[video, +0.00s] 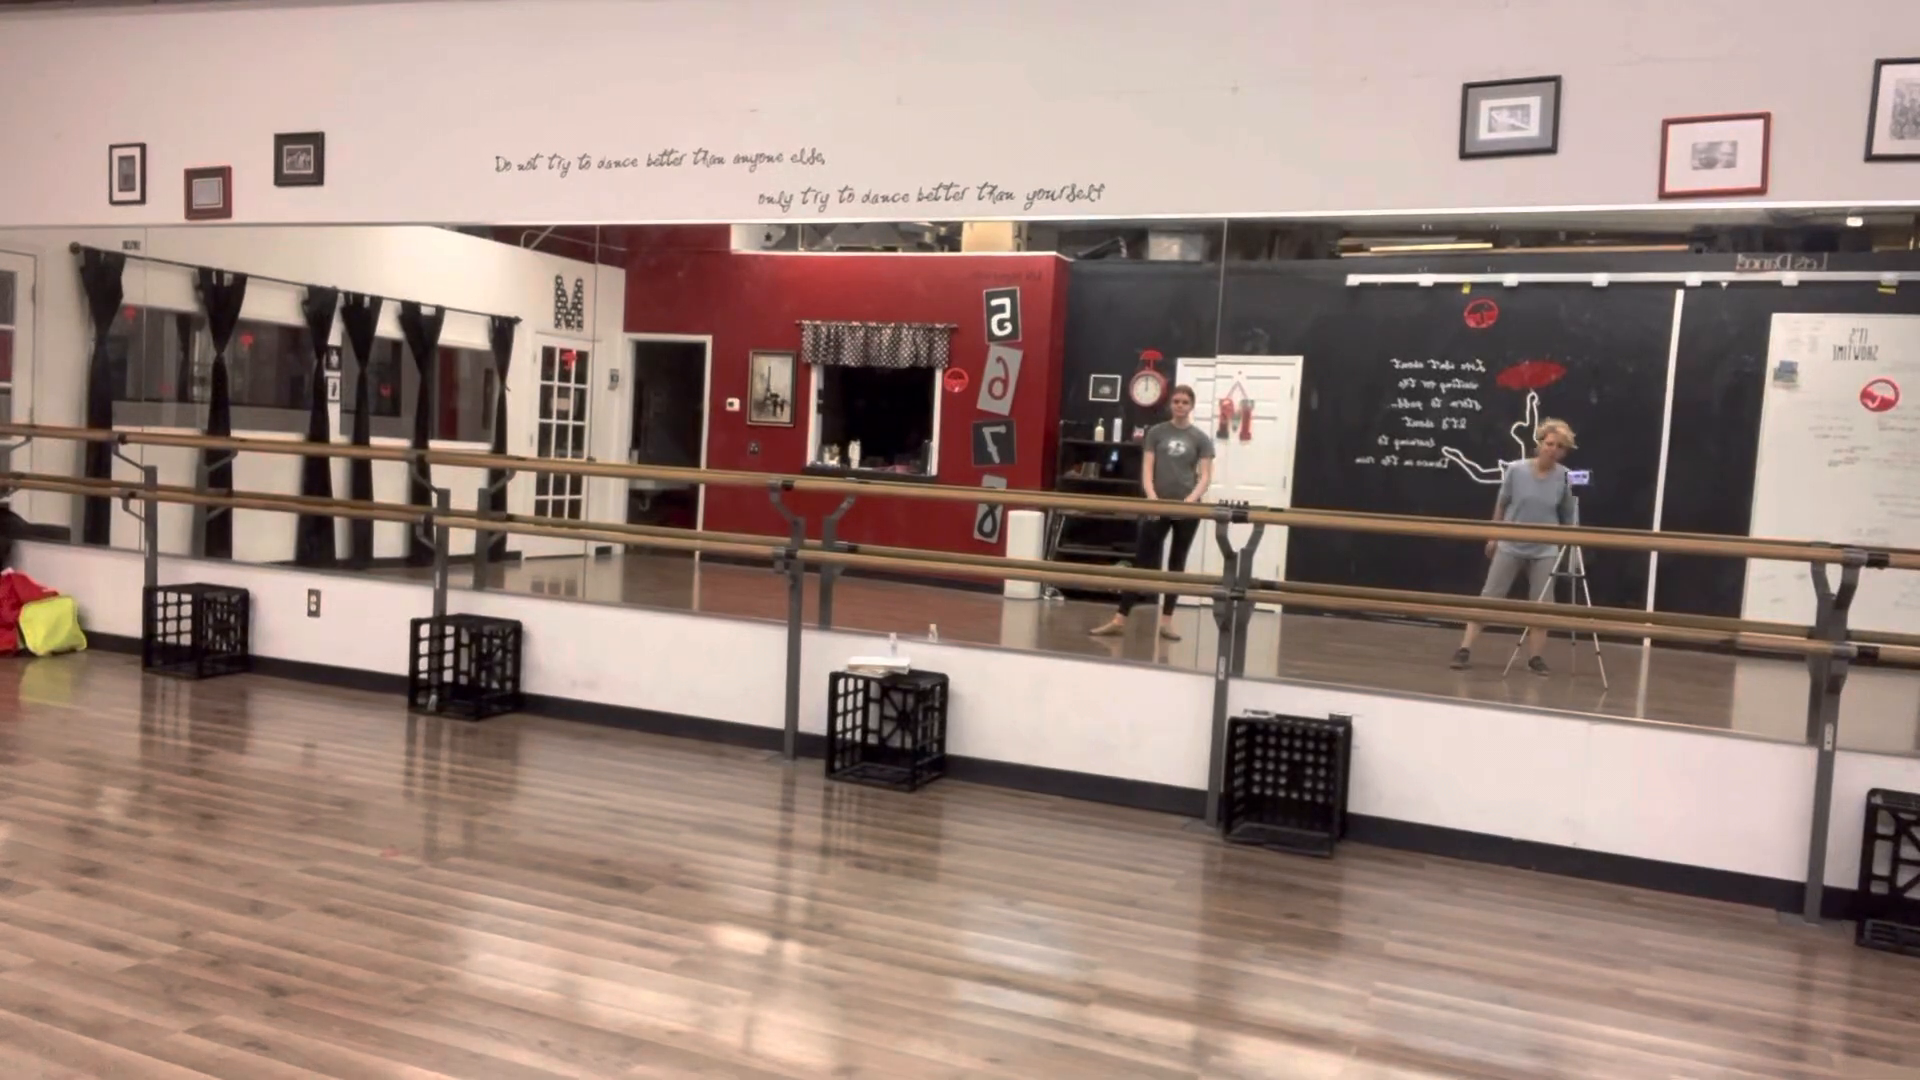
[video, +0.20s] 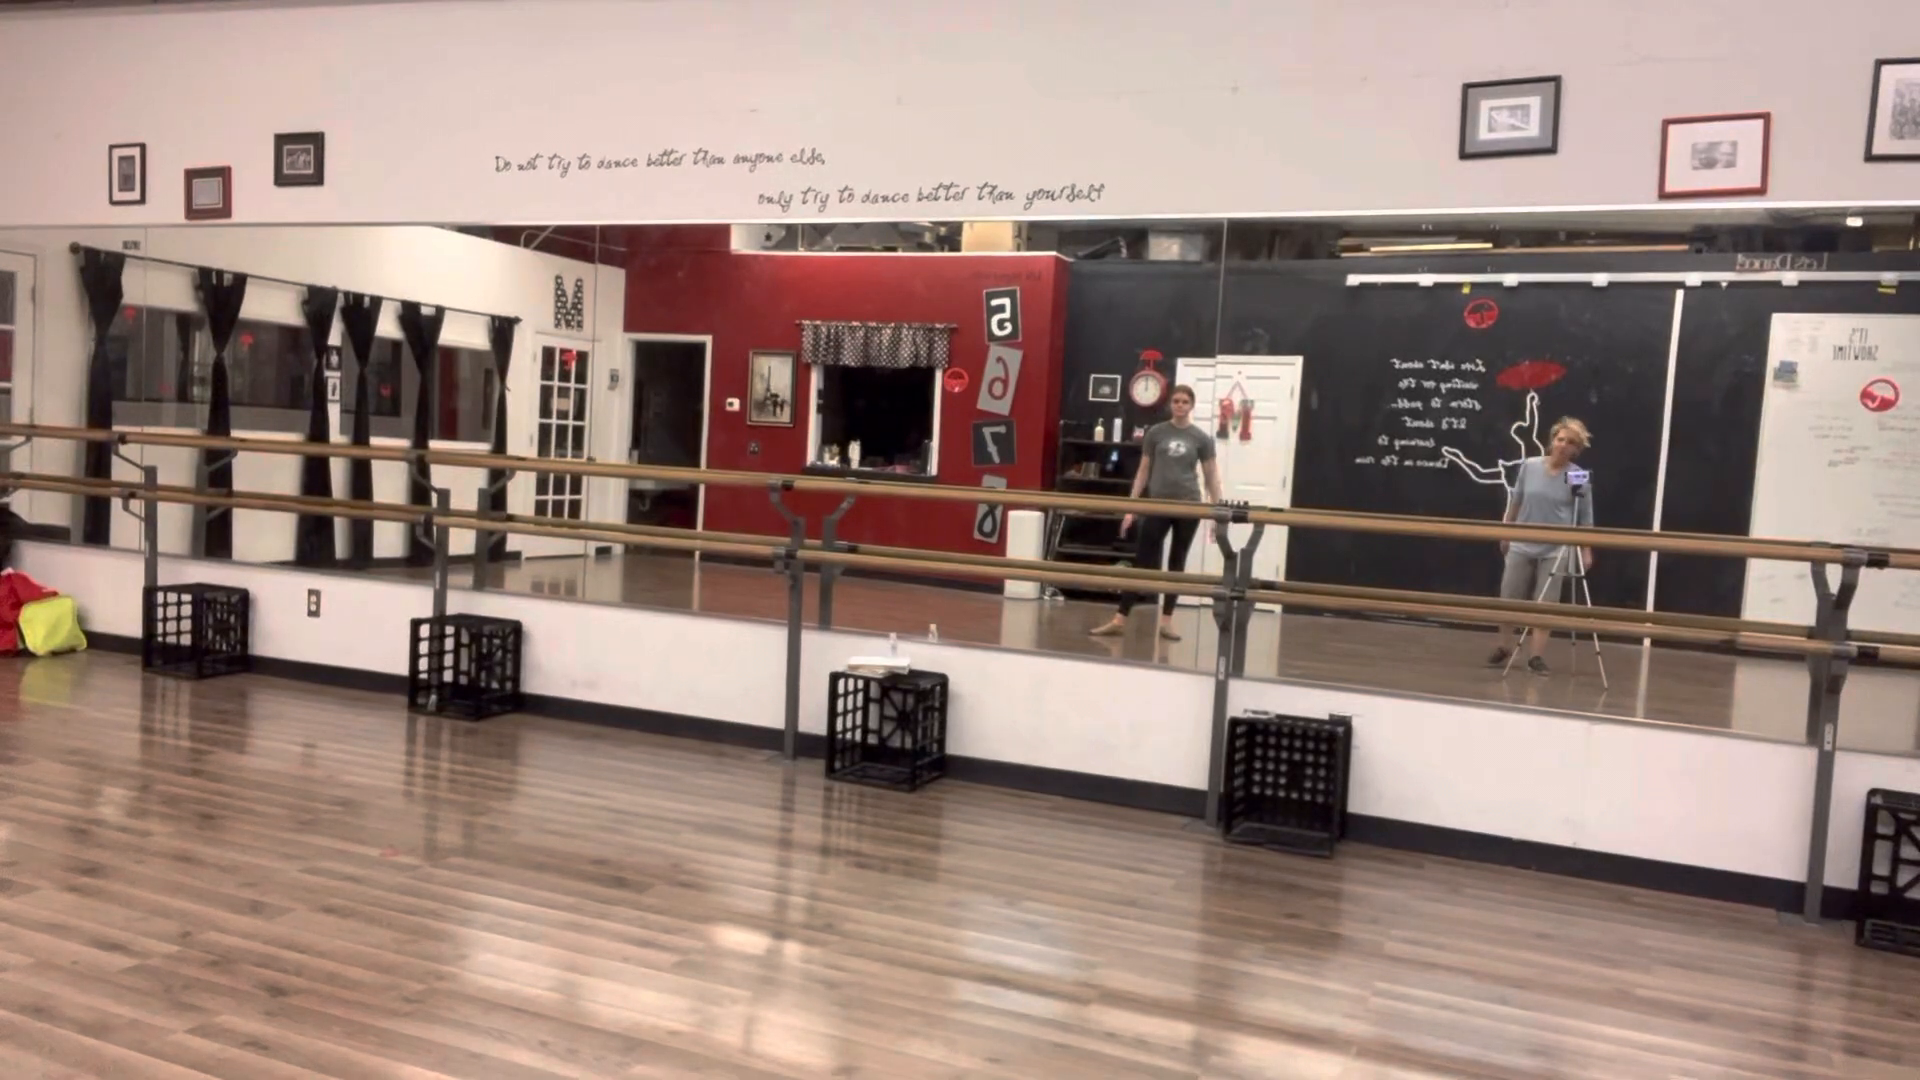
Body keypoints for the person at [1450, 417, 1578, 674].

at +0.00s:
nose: (1553, 451)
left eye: (1560, 447)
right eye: (1550, 444)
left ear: (1565, 452)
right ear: (1539, 444)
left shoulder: (1563, 477)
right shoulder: (1516, 469)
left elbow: (1569, 512)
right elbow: (1501, 502)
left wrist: (1572, 543)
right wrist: (1494, 534)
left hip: (1546, 548)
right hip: (1511, 543)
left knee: (1542, 604)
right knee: (1489, 596)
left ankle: (1536, 655)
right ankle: (1465, 648)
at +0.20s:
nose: (1564, 446)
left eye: (1571, 443)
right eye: (1561, 439)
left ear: (1578, 450)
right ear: (1552, 441)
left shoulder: (1579, 477)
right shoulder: (1528, 466)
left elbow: (1585, 517)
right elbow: (1514, 500)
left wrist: (1585, 547)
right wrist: (1506, 530)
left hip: (1557, 549)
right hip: (1522, 543)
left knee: (1546, 603)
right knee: (1508, 597)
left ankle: (1536, 654)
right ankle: (1504, 646)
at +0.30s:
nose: (1563, 442)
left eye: (1570, 439)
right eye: (1561, 436)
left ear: (1579, 448)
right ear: (1554, 439)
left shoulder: (1581, 476)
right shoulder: (1534, 465)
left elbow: (1588, 516)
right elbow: (1519, 502)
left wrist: (1588, 548)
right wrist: (1509, 533)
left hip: (1560, 547)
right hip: (1526, 542)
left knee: (1547, 602)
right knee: (1518, 597)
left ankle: (1537, 653)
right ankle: (1527, 639)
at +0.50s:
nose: (1561, 440)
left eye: (1569, 437)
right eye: (1560, 435)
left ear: (1580, 445)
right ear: (1555, 439)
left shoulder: (1586, 475)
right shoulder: (1541, 469)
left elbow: (1595, 514)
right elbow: (1530, 504)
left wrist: (1595, 547)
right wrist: (1522, 531)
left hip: (1567, 549)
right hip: (1538, 546)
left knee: (1548, 602)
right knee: (1541, 603)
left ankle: (1535, 654)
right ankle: (1568, 642)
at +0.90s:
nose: (1564, 448)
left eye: (1570, 443)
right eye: (1562, 443)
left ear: (1585, 446)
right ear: (1559, 447)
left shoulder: (1600, 474)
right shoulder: (1562, 477)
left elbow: (1623, 506)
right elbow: (1560, 517)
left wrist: (1636, 539)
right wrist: (1554, 548)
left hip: (1593, 547)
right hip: (1569, 545)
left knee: (1559, 594)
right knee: (1574, 600)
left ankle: (1542, 649)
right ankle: (1583, 653)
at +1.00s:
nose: (1567, 448)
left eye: (1573, 443)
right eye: (1565, 443)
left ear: (1588, 447)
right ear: (1564, 447)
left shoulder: (1604, 473)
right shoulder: (1565, 476)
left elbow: (1627, 504)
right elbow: (1564, 515)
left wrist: (1639, 538)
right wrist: (1559, 546)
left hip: (1599, 544)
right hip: (1573, 544)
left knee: (1563, 590)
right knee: (1576, 597)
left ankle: (1561, 648)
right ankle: (1584, 652)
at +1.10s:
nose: (1573, 447)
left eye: (1580, 443)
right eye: (1571, 443)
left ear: (1594, 447)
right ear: (1569, 446)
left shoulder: (1608, 473)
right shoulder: (1570, 474)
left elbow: (1630, 504)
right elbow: (1569, 511)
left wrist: (1640, 538)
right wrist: (1565, 540)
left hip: (1604, 543)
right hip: (1578, 543)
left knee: (1571, 590)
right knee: (1577, 595)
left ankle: (1586, 647)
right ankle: (1584, 649)